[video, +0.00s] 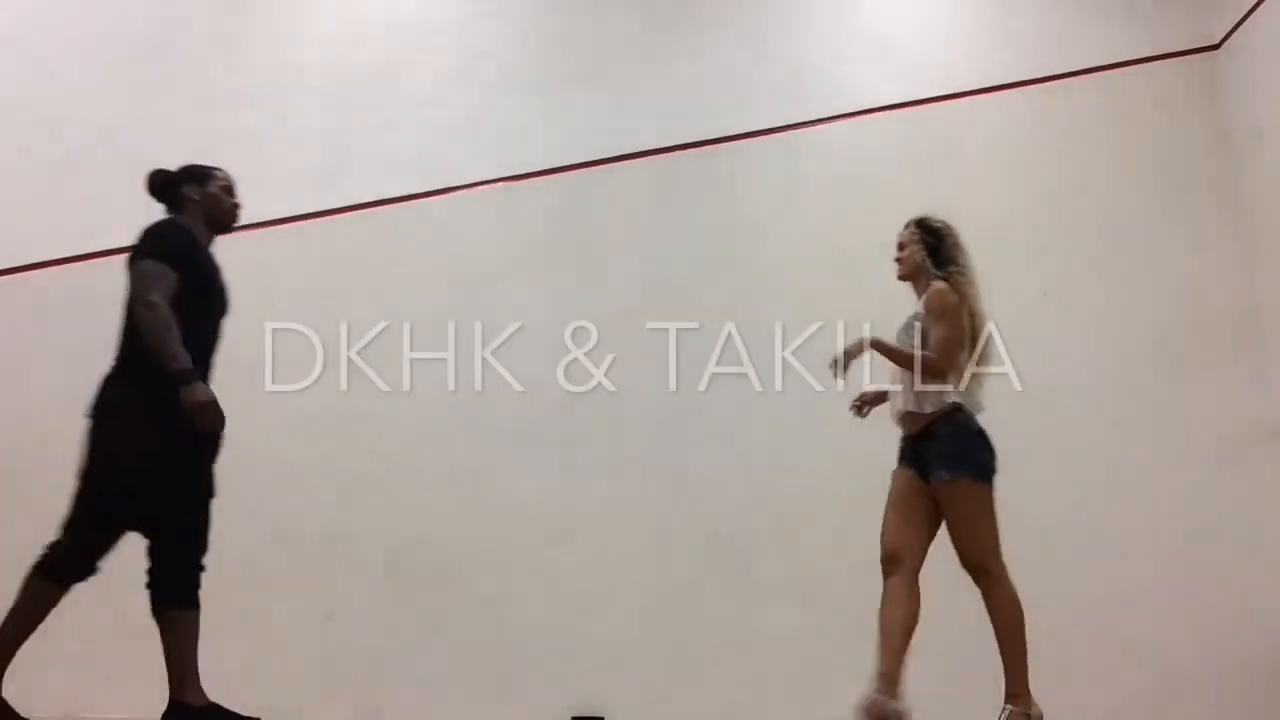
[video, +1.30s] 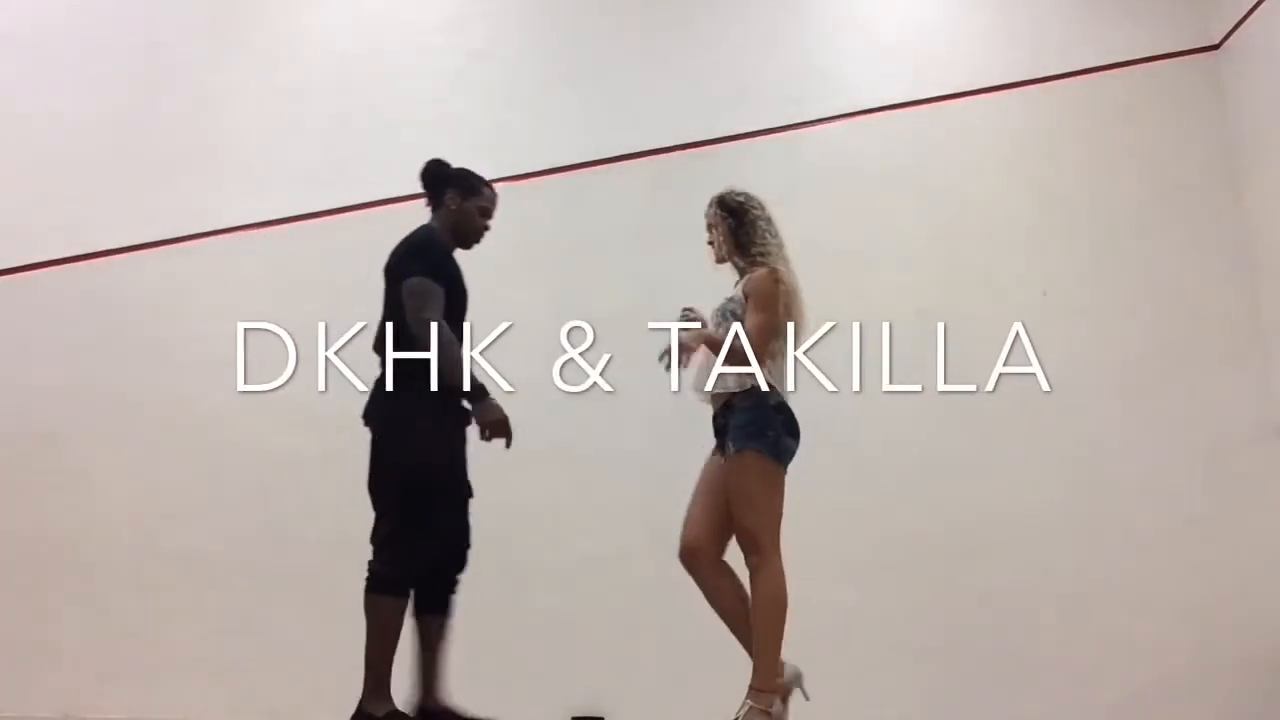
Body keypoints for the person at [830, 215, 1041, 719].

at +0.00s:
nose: (896, 256)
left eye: (904, 246)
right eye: (896, 249)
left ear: (929, 250)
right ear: (917, 255)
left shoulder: (943, 293)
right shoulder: (928, 307)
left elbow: (942, 364)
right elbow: (933, 384)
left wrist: (872, 345)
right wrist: (887, 395)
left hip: (953, 442)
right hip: (917, 446)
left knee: (985, 567)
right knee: (897, 563)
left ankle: (1020, 701)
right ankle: (886, 693)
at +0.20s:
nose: (860, 254)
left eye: (867, 246)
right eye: (861, 246)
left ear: (889, 249)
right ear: (882, 252)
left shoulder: (905, 291)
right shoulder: (886, 303)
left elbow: (905, 362)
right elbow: (888, 381)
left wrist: (855, 324)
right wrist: (844, 401)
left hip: (901, 444)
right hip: (870, 447)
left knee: (928, 570)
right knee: (861, 564)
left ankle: (1008, 691)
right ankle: (860, 693)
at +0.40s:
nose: (828, 249)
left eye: (833, 240)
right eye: (828, 241)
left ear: (855, 241)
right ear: (851, 244)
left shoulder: (881, 284)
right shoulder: (855, 296)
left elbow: (879, 351)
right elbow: (849, 374)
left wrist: (830, 309)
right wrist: (806, 387)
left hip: (865, 439)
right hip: (832, 440)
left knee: (846, 564)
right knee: (837, 567)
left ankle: (941, 679)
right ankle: (859, 695)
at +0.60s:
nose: (796, 243)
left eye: (802, 233)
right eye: (795, 234)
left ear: (826, 234)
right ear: (811, 240)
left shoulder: (851, 280)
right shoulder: (822, 293)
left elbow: (865, 352)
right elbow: (803, 377)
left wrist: (828, 340)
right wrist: (752, 359)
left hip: (838, 429)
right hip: (820, 431)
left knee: (775, 543)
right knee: (834, 561)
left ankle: (858, 665)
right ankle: (858, 691)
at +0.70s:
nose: (779, 241)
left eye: (785, 231)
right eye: (778, 234)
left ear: (809, 230)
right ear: (795, 236)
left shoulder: (835, 278)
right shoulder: (810, 291)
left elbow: (859, 354)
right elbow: (788, 379)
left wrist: (819, 367)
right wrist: (750, 347)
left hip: (825, 427)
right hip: (815, 428)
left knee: (765, 539)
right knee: (829, 563)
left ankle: (809, 678)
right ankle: (859, 693)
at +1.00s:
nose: (736, 246)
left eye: (740, 236)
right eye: (734, 238)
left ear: (764, 235)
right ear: (760, 239)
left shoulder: (791, 286)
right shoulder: (776, 292)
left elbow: (806, 354)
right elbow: (772, 352)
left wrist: (759, 381)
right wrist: (730, 329)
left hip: (777, 422)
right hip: (763, 422)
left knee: (769, 558)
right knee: (769, 564)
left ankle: (762, 698)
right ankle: (850, 689)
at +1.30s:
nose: (708, 237)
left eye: (714, 228)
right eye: (708, 229)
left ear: (737, 229)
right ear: (731, 232)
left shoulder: (764, 280)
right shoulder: (743, 288)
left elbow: (751, 350)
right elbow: (736, 359)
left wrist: (705, 335)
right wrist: (700, 344)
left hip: (758, 421)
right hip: (733, 424)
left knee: (761, 553)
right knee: (698, 552)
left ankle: (766, 692)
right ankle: (771, 668)